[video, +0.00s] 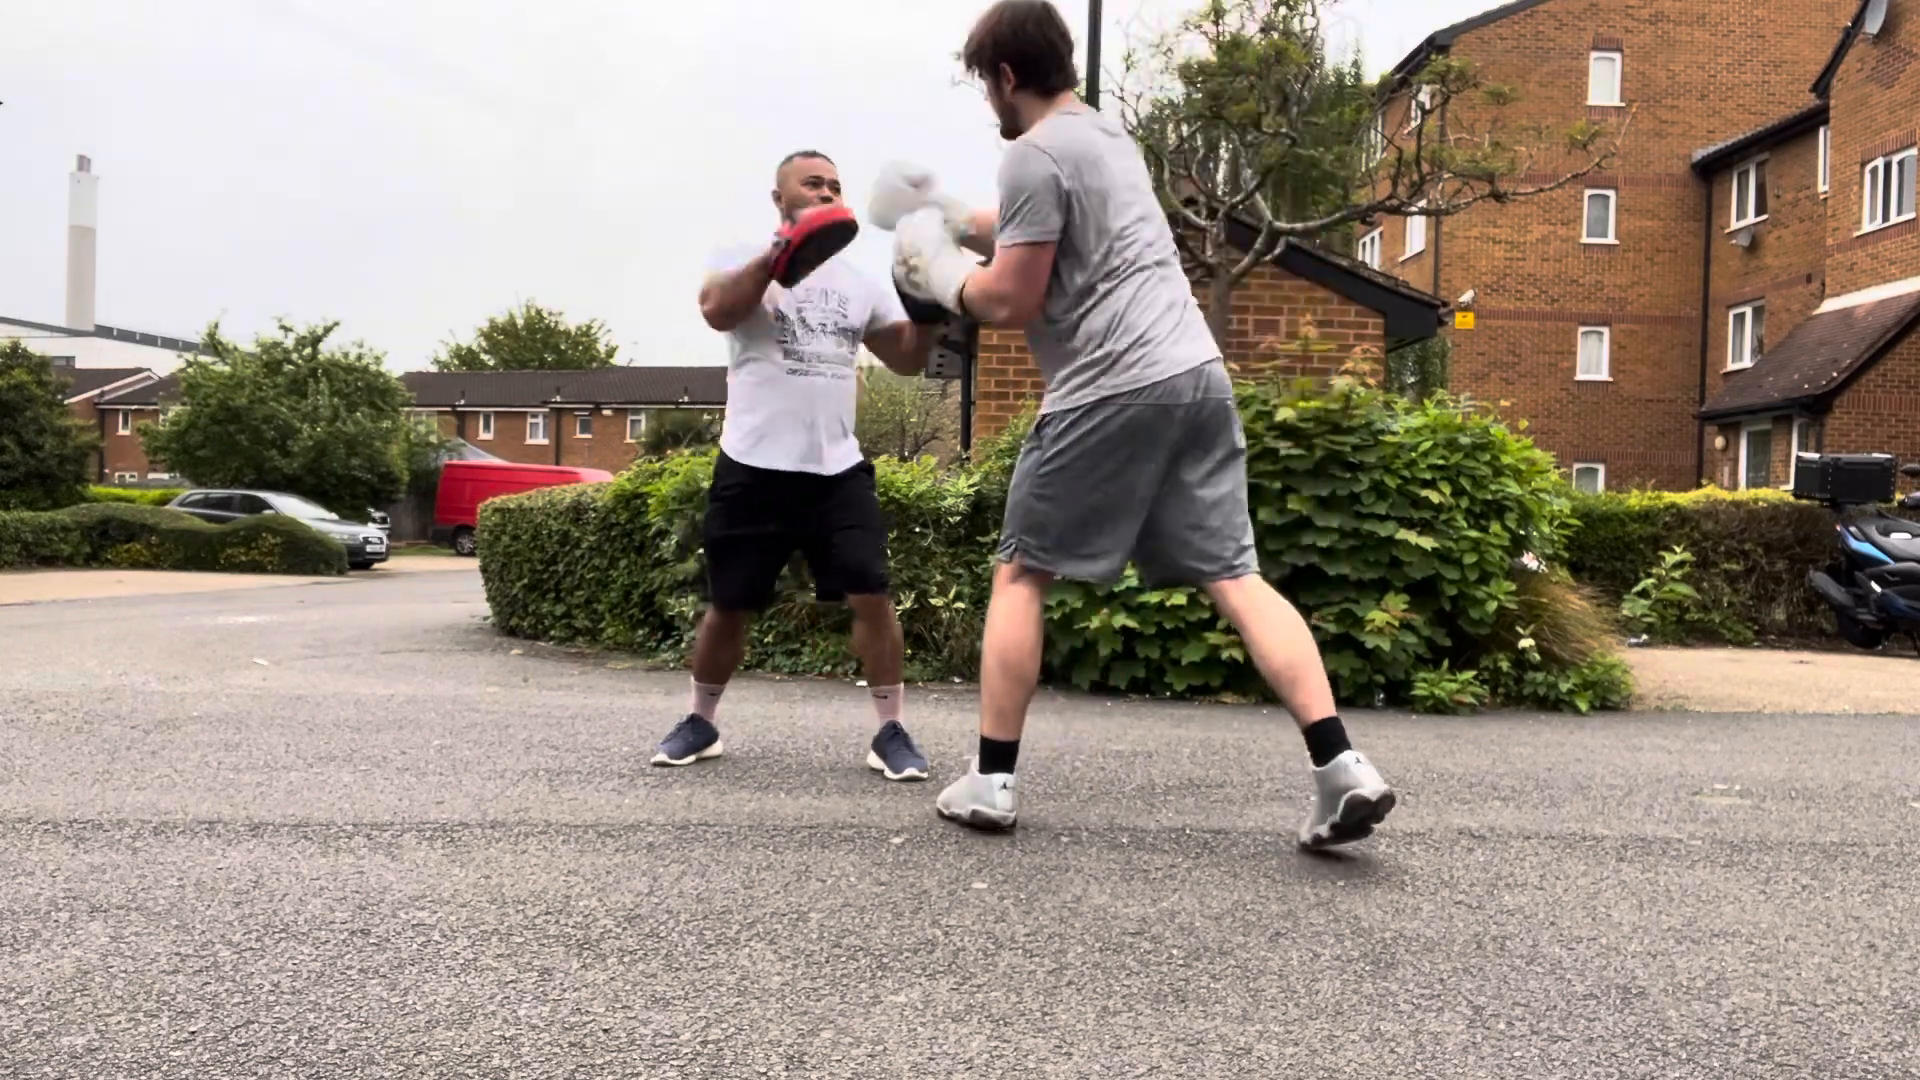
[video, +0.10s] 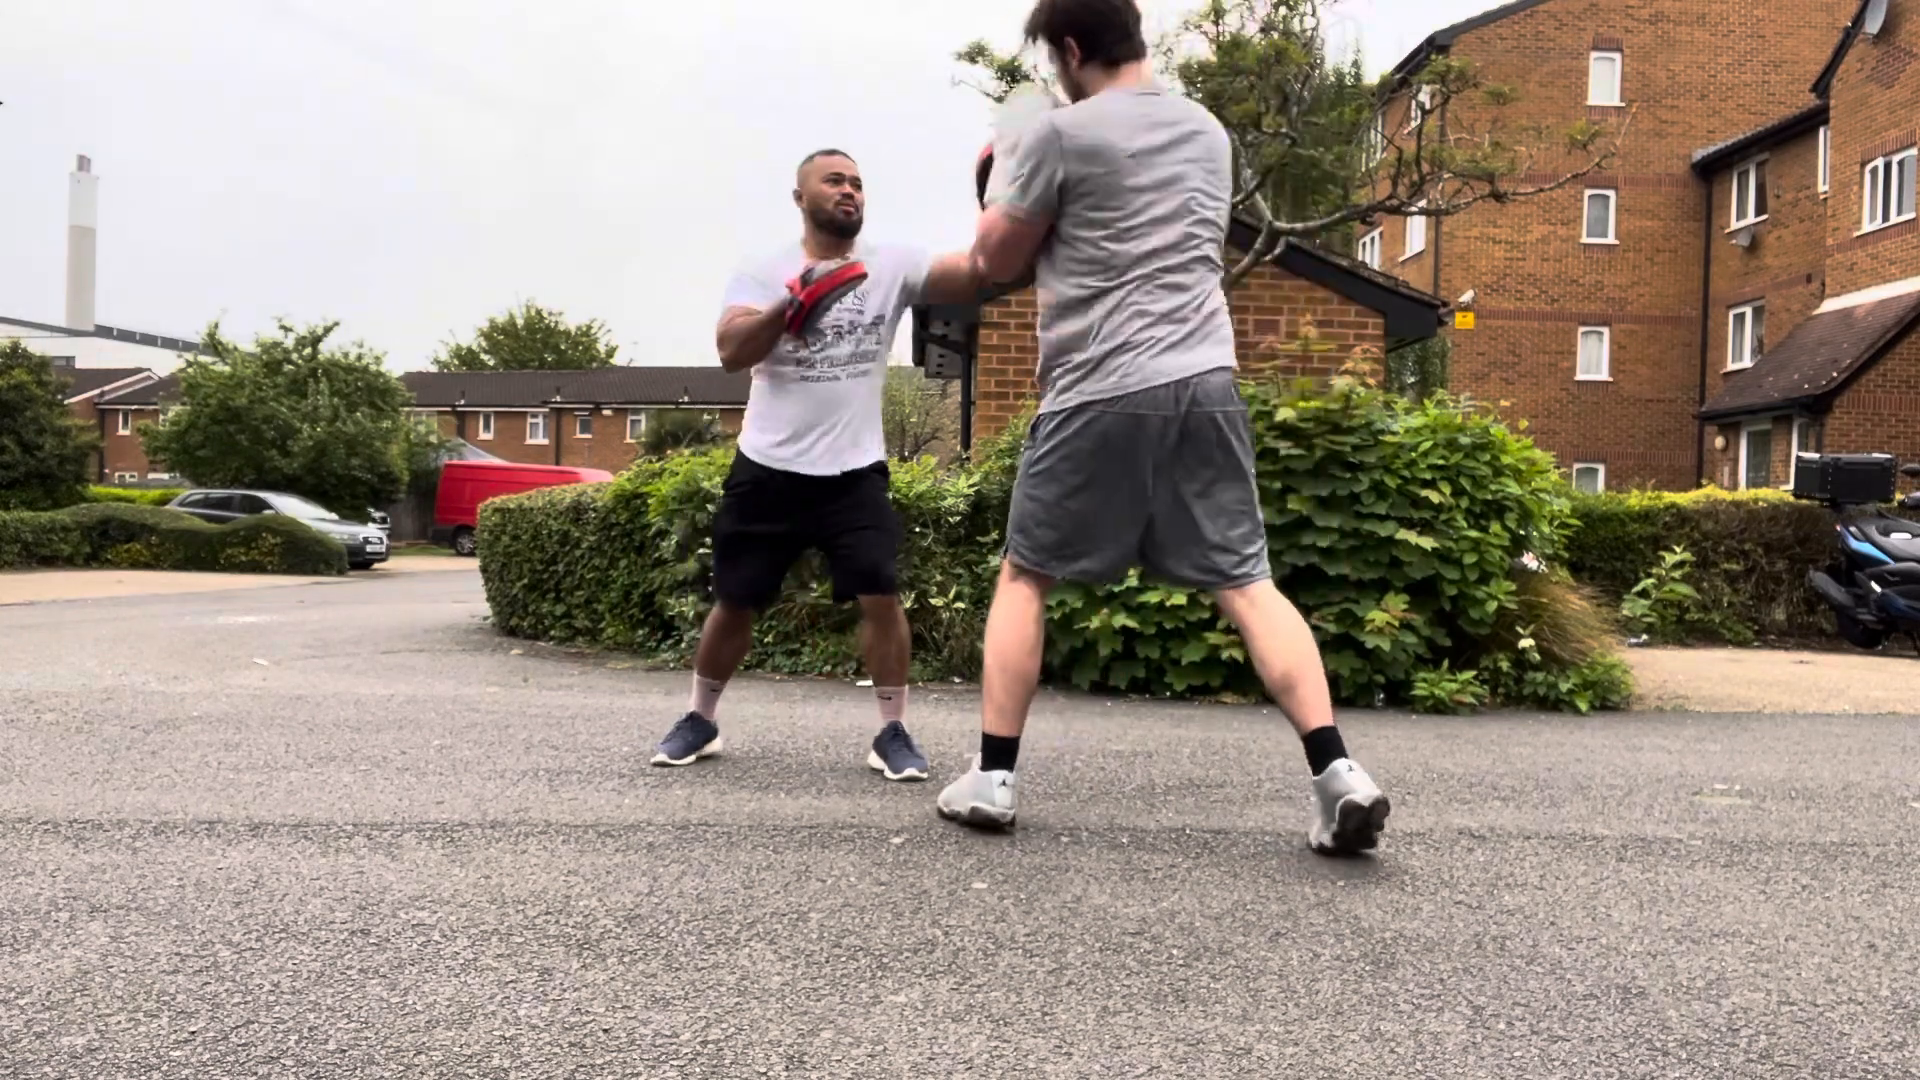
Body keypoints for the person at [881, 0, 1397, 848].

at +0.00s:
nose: (983, 97)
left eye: (983, 80)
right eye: (981, 80)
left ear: (1006, 74)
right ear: (1057, 67)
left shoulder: (1037, 152)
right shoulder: (1109, 135)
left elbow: (1013, 301)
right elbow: (1047, 237)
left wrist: (953, 283)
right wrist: (953, 216)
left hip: (1109, 389)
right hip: (1199, 375)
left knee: (1021, 572)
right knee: (1236, 575)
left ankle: (991, 780)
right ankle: (1342, 765)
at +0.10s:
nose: (1054, 73)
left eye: (1053, 58)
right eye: (1054, 57)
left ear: (1070, 51)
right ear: (1140, 40)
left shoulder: (1060, 134)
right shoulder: (1208, 129)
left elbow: (994, 262)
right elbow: (1178, 238)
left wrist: (988, 184)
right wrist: (1039, 191)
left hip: (1095, 396)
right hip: (1206, 386)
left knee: (1024, 576)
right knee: (1247, 580)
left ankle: (994, 777)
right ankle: (1338, 772)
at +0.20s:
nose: (1108, 77)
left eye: (1107, 63)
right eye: (1109, 62)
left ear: (1125, 56)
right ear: (1200, 52)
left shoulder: (1090, 141)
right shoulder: (1265, 149)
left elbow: (1037, 259)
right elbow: (1241, 254)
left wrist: (1044, 178)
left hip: (1097, 411)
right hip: (1215, 406)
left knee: (1024, 577)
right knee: (1265, 599)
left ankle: (992, 775)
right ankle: (1340, 797)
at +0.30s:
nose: (1132, 87)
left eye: (1133, 76)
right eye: (1138, 76)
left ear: (1146, 74)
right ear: (1223, 71)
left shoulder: (1099, 147)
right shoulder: (1284, 162)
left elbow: (1055, 271)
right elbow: (1268, 285)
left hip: (1100, 418)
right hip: (1218, 419)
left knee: (1024, 580)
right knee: (1276, 611)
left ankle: (978, 774)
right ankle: (1343, 812)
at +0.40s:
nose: (1128, 85)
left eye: (1128, 74)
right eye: (1134, 73)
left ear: (1140, 71)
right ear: (1215, 68)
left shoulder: (1092, 148)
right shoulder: (1278, 159)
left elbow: (1047, 274)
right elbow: (1274, 284)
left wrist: (1127, 236)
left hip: (1104, 412)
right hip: (1221, 414)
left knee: (1024, 578)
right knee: (1278, 608)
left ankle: (982, 778)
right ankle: (1344, 813)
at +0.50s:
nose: (1078, 82)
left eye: (1079, 70)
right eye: (1079, 71)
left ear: (1100, 64)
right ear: (1172, 60)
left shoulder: (1063, 145)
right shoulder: (1240, 144)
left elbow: (1010, 274)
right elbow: (1254, 259)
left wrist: (1090, 224)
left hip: (1096, 408)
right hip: (1212, 403)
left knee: (1025, 580)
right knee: (1272, 594)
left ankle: (997, 783)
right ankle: (1343, 799)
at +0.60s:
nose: (1018, 82)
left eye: (1017, 68)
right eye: (1018, 68)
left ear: (1033, 64)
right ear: (1108, 54)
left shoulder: (1030, 148)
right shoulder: (1169, 127)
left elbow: (979, 297)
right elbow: (1144, 240)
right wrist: (1028, 245)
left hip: (1111, 400)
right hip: (1214, 383)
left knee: (1026, 582)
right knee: (1260, 585)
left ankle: (993, 786)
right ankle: (1346, 789)